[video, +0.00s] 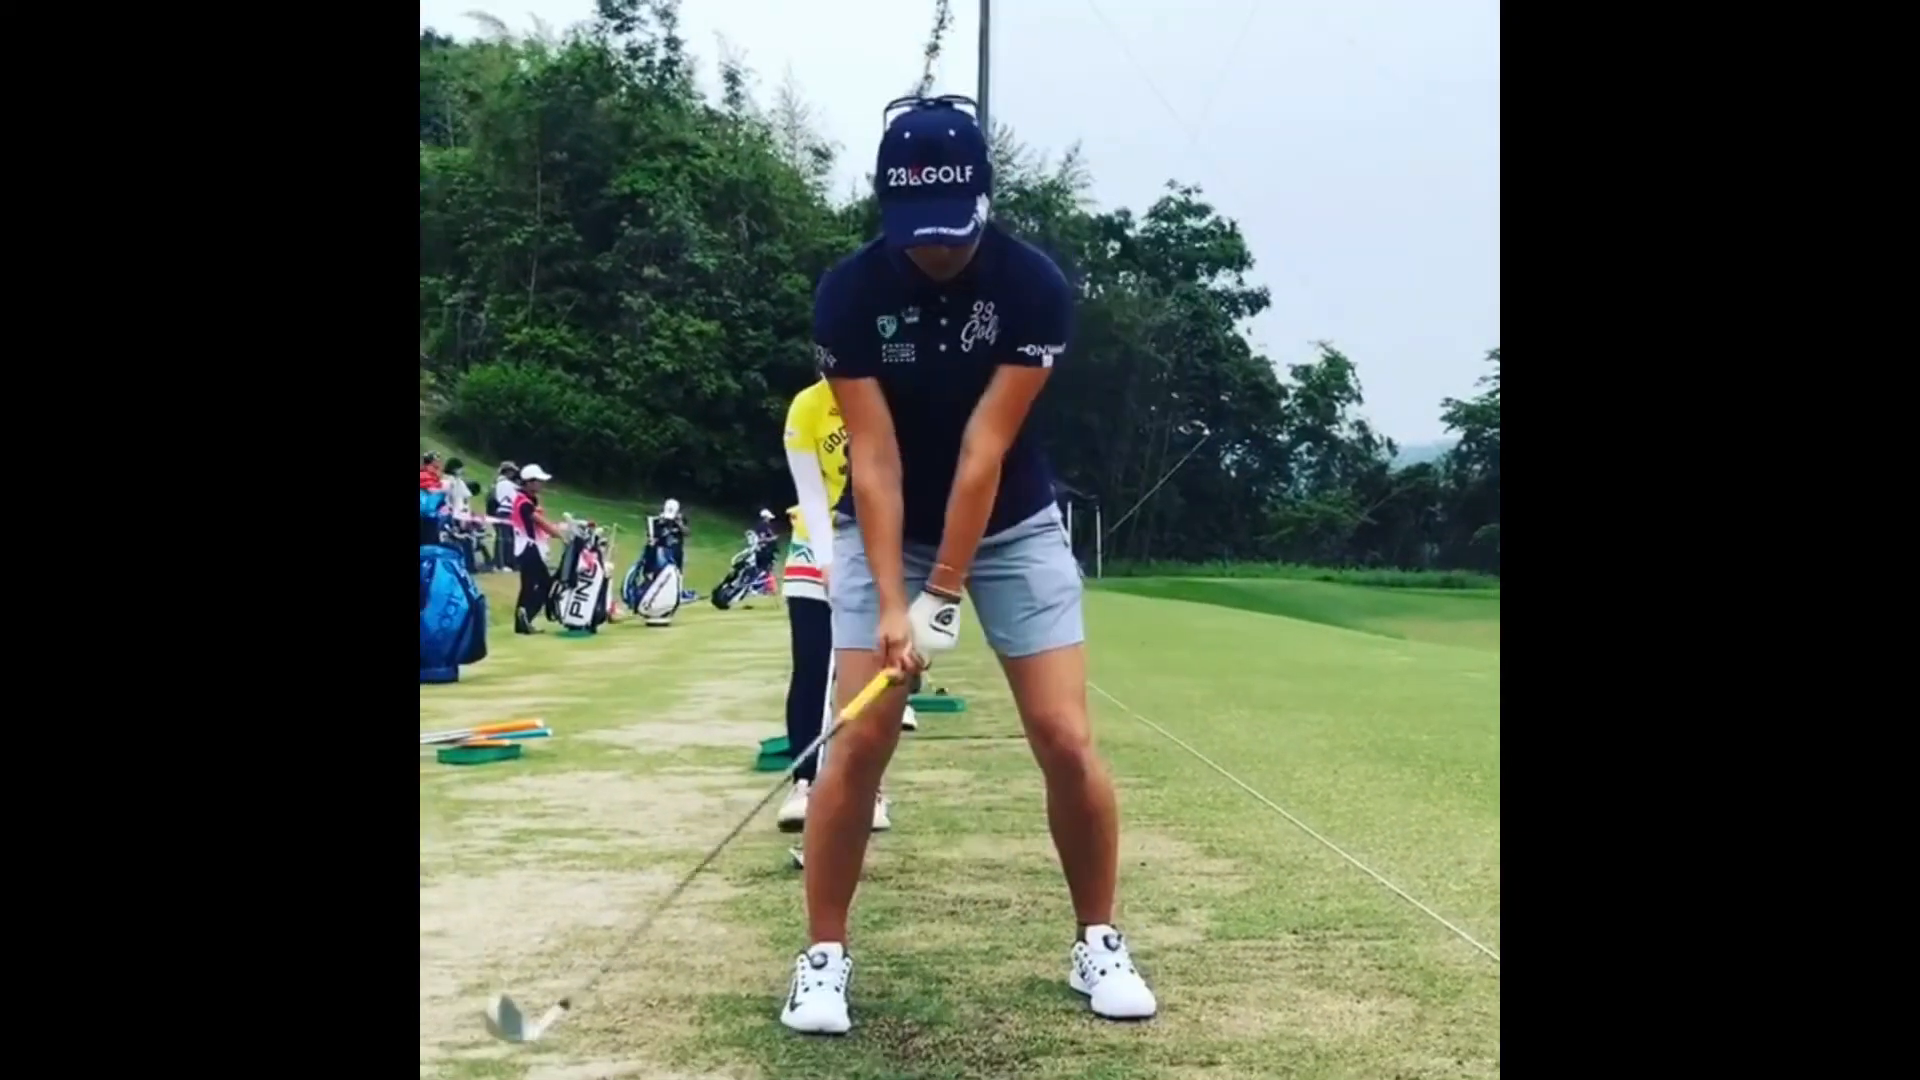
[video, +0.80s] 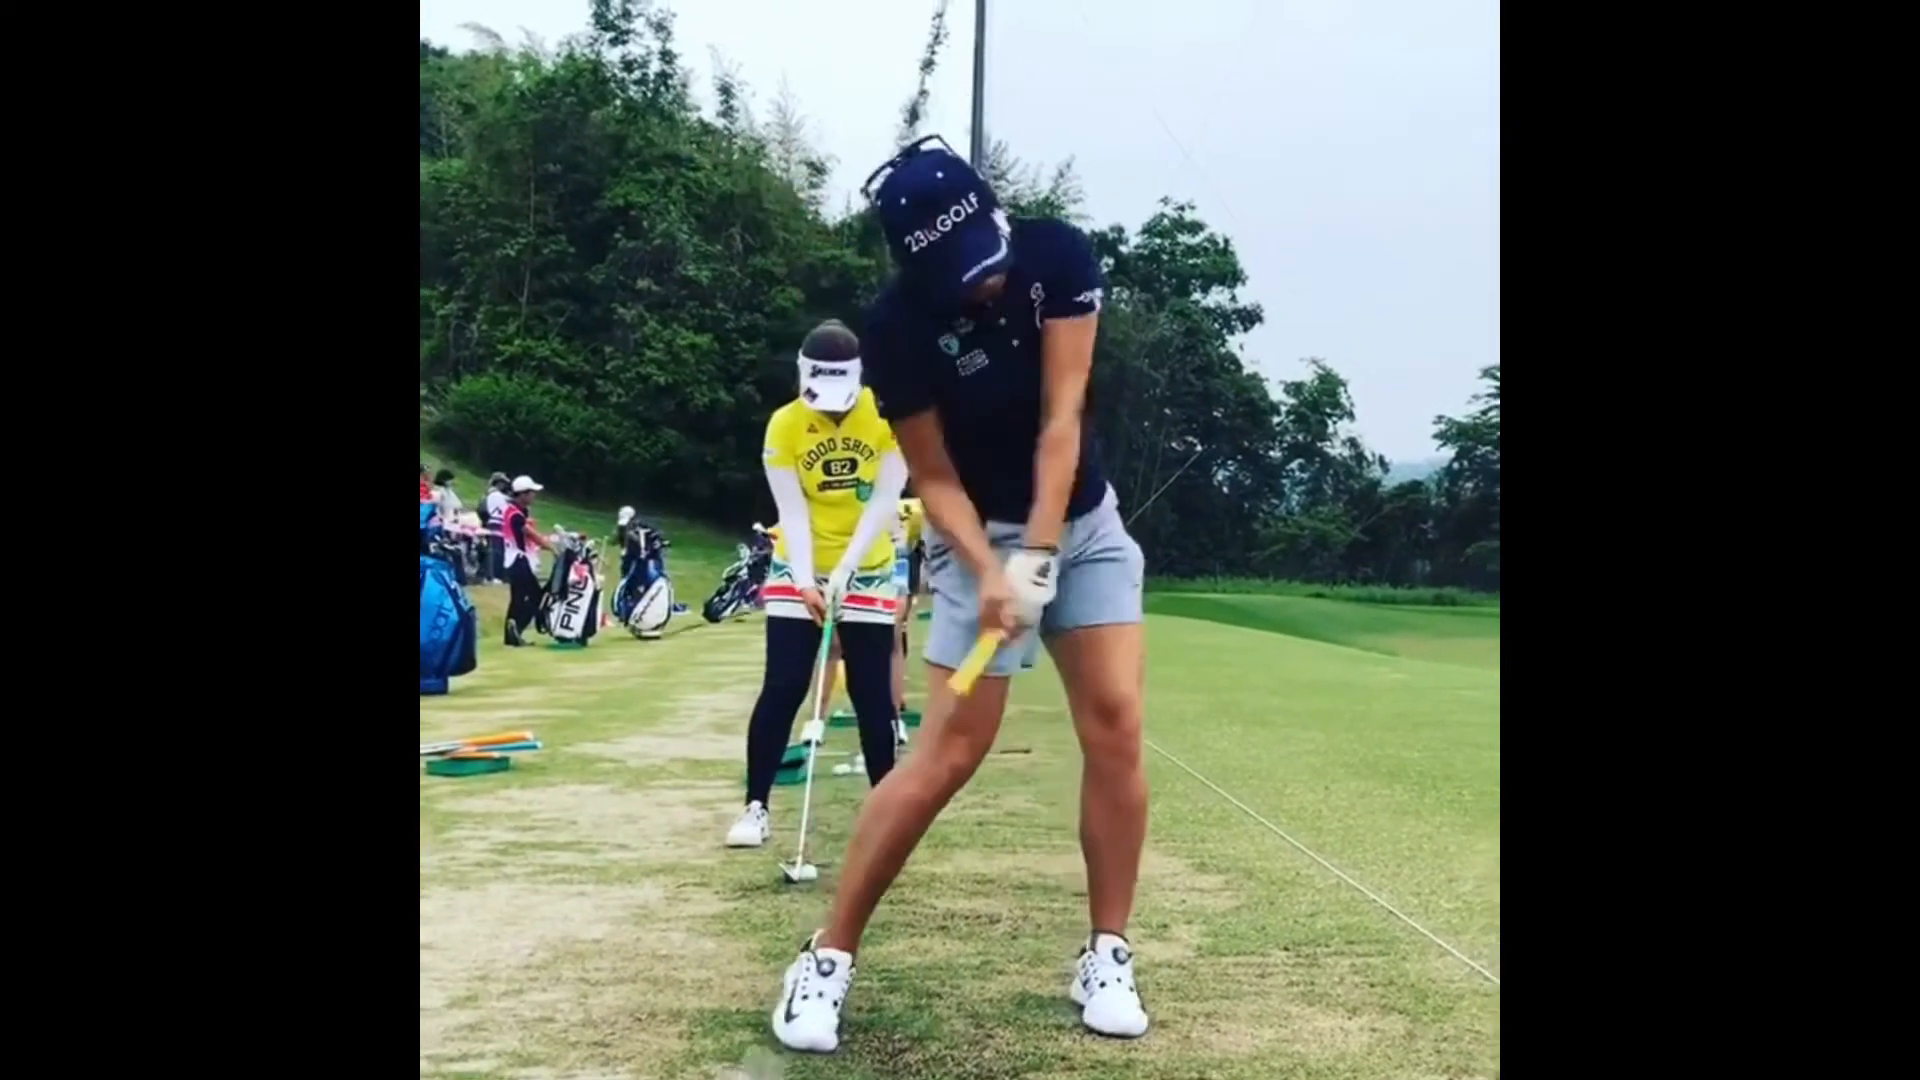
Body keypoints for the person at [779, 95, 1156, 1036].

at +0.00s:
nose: (939, 243)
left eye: (956, 223)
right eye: (920, 225)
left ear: (985, 199)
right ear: (890, 204)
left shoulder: (1036, 287)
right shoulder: (847, 293)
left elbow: (984, 451)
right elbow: (873, 454)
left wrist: (945, 590)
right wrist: (889, 598)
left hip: (1014, 528)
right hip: (888, 532)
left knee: (1066, 739)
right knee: (855, 745)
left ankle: (1100, 942)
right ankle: (824, 954)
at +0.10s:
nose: (940, 250)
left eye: (957, 231)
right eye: (922, 232)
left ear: (987, 206)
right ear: (892, 207)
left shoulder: (1020, 305)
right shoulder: (849, 282)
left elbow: (926, 471)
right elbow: (833, 438)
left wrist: (845, 592)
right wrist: (802, 572)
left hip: (1015, 536)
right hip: (893, 540)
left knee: (1067, 747)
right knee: (862, 739)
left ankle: (1101, 945)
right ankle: (825, 957)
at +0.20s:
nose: (944, 253)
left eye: (962, 234)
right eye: (927, 234)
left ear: (992, 214)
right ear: (898, 210)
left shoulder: (1003, 321)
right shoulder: (867, 264)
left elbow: (849, 439)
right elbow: (802, 388)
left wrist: (738, 526)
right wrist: (707, 496)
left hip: (1017, 539)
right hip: (893, 539)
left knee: (1068, 754)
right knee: (865, 737)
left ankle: (1103, 945)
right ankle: (828, 957)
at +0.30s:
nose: (938, 255)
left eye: (958, 237)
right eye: (922, 235)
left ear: (993, 217)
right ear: (897, 210)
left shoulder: (987, 323)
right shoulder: (890, 254)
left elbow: (805, 369)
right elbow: (799, 340)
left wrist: (662, 388)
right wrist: (669, 360)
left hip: (1018, 544)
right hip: (897, 542)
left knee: (1066, 761)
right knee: (867, 735)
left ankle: (1103, 946)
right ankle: (828, 958)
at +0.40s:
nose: (933, 254)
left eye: (954, 235)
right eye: (917, 233)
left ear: (989, 218)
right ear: (894, 212)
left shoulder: (979, 317)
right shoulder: (894, 263)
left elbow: (807, 315)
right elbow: (814, 308)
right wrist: (708, 251)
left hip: (1016, 549)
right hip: (895, 543)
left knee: (1062, 769)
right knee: (871, 736)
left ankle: (1103, 950)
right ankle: (829, 960)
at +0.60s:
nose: (938, 260)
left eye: (957, 239)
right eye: (920, 241)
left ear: (998, 217)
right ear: (896, 222)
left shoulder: (992, 316)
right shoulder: (910, 284)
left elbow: (828, 253)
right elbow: (847, 304)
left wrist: (772, 175)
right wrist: (811, 189)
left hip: (1025, 555)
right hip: (908, 548)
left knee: (1063, 777)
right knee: (869, 746)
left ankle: (1099, 952)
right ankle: (825, 962)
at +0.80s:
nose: (981, 281)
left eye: (985, 258)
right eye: (959, 274)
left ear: (994, 219)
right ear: (913, 263)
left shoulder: (1057, 255)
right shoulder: (895, 327)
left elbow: (1063, 416)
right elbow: (931, 475)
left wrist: (1042, 550)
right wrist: (989, 569)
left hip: (1084, 525)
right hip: (974, 542)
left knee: (1117, 725)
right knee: (950, 749)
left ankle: (1108, 953)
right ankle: (830, 959)